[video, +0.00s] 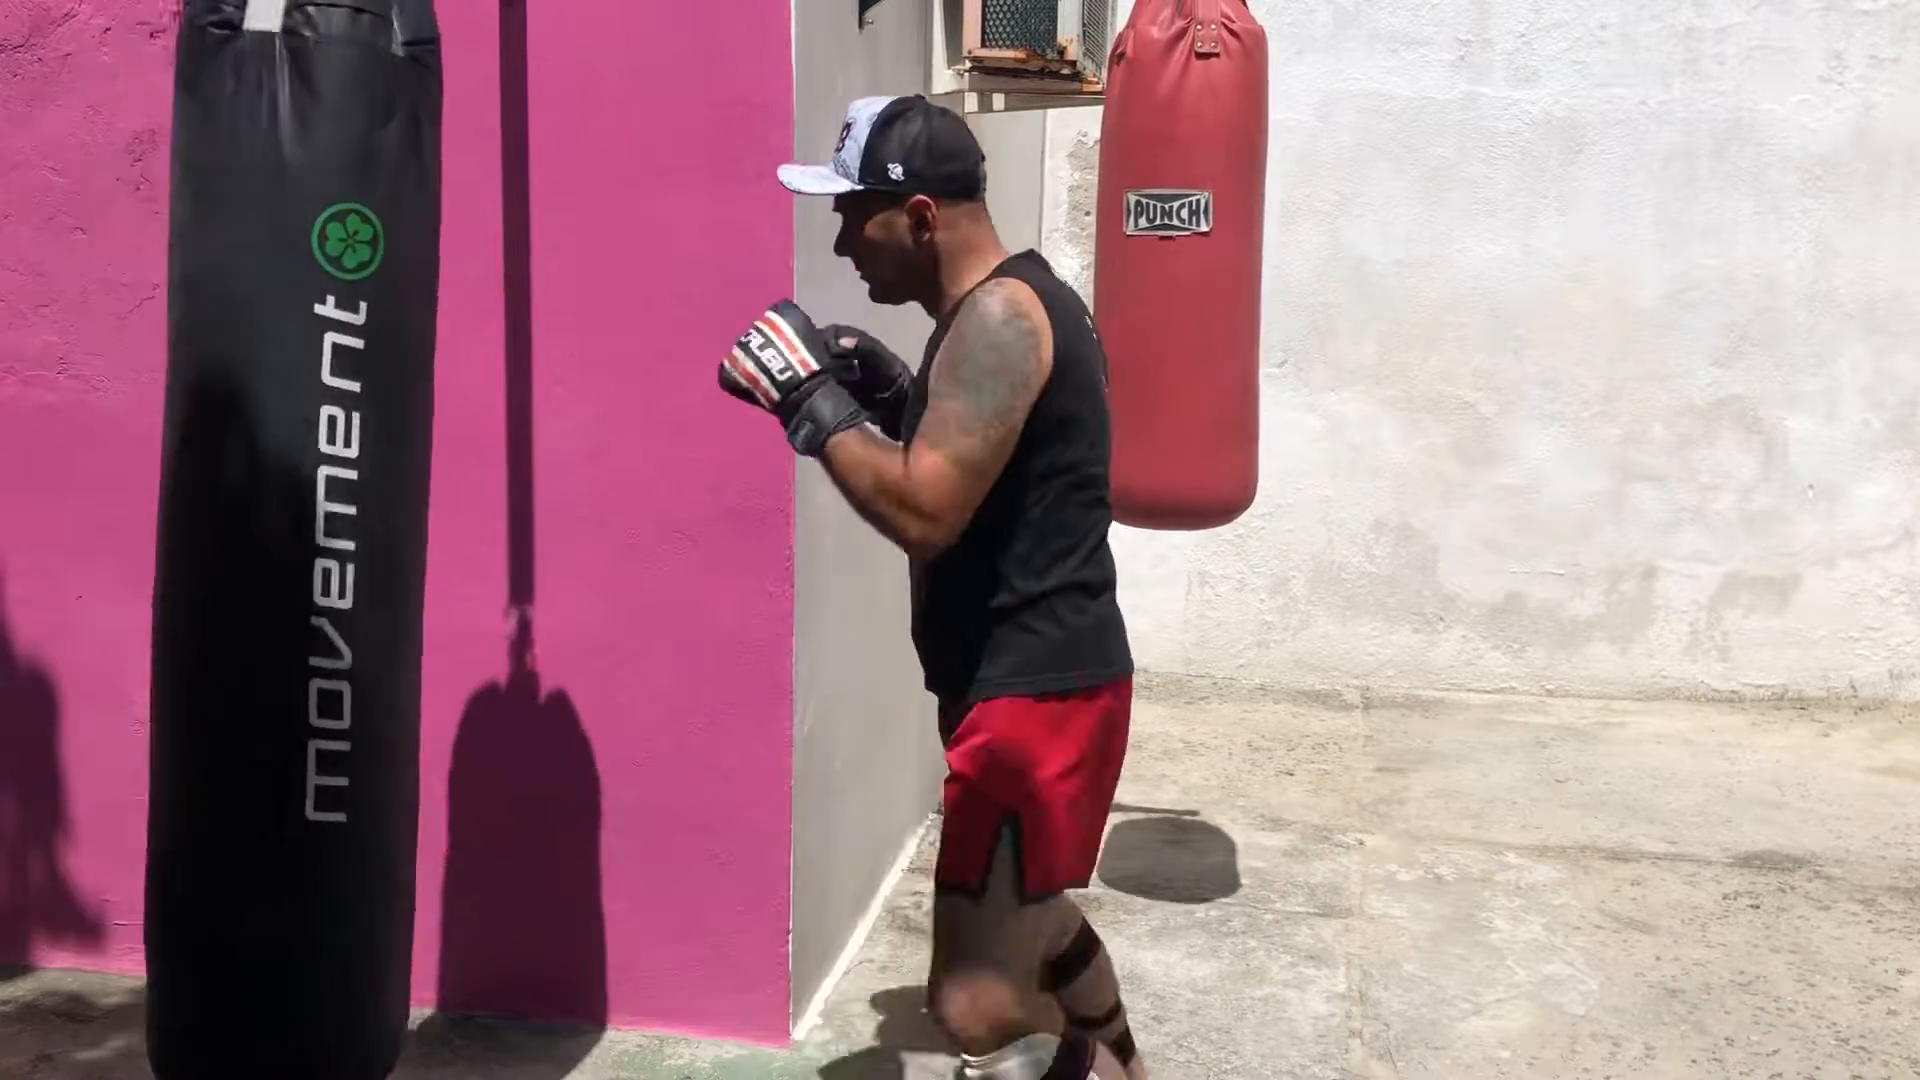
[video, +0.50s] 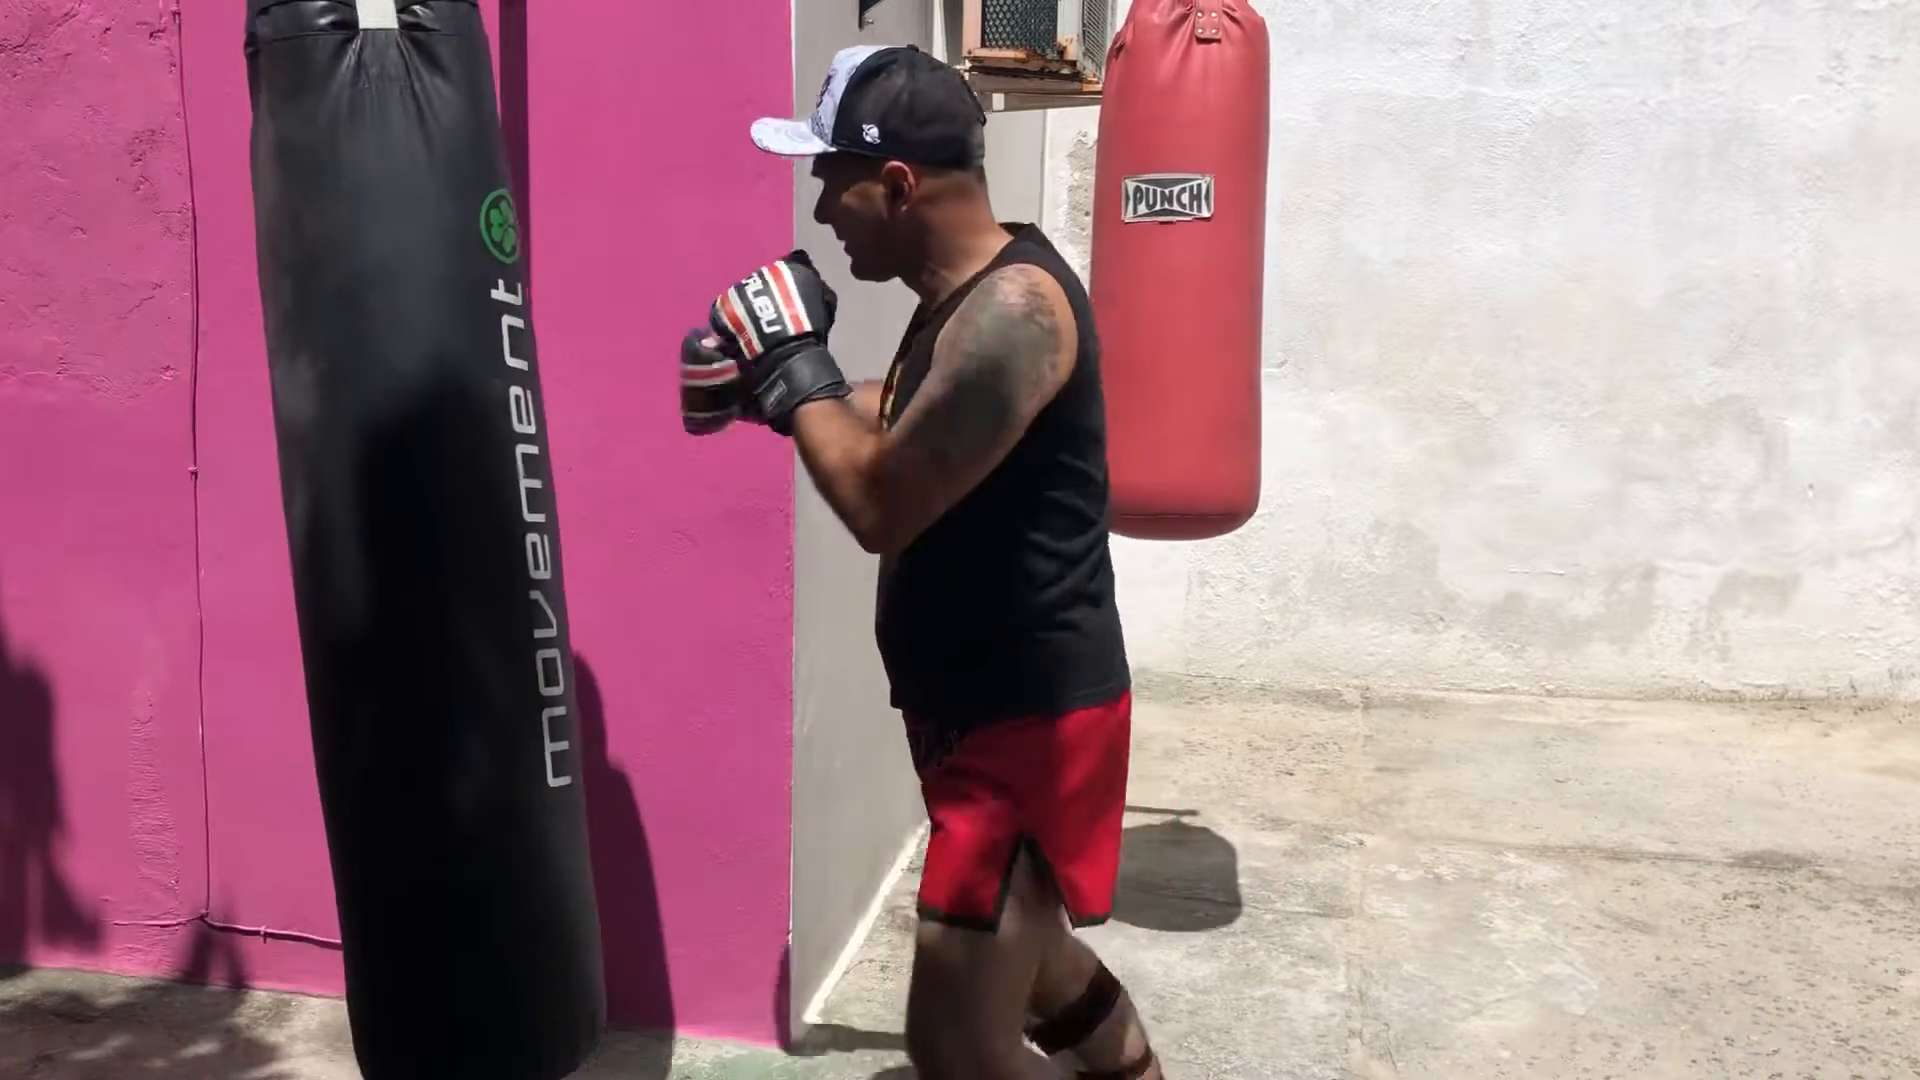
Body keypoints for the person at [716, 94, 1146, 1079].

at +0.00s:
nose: (842, 242)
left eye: (854, 216)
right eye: (842, 217)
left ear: (922, 214)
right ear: (936, 211)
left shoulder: (998, 317)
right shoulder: (1017, 299)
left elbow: (923, 518)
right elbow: (984, 486)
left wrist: (814, 409)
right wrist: (900, 404)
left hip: (1030, 686)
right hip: (1034, 673)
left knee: (973, 1007)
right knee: (1040, 924)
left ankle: (1080, 1033)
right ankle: (1114, 1061)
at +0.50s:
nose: (820, 206)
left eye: (831, 181)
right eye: (821, 181)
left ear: (902, 185)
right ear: (911, 185)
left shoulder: (1011, 312)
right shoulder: (965, 292)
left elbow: (883, 510)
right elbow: (895, 418)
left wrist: (801, 370)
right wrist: (772, 393)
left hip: (1025, 719)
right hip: (974, 707)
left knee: (961, 1041)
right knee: (1047, 978)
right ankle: (1136, 1072)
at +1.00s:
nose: (570, 192)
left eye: (577, 176)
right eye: (570, 173)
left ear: (627, 193)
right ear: (708, 166)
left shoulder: (730, 334)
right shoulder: (760, 241)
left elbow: (641, 556)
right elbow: (755, 388)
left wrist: (494, 456)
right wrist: (625, 363)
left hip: (771, 697)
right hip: (697, 675)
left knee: (742, 1019)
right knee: (637, 898)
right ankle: (655, 1064)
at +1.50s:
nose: (598, 169)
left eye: (610, 145)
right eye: (602, 146)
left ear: (665, 155)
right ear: (689, 155)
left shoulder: (723, 261)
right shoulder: (740, 264)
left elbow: (536, 414)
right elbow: (757, 477)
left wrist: (582, 290)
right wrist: (631, 542)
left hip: (780, 696)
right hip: (662, 692)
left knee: (846, 1032)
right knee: (541, 909)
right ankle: (629, 1075)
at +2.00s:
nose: (514, 201)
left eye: (528, 178)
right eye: (513, 183)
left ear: (601, 178)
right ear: (593, 185)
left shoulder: (693, 253)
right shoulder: (592, 321)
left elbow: (577, 404)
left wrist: (524, 347)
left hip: (770, 653)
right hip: (625, 674)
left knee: (886, 935)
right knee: (563, 929)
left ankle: (1021, 1074)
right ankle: (611, 1076)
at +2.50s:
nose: (800, 166)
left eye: (818, 145)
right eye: (798, 143)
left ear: (896, 147)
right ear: (877, 150)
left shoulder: (995, 241)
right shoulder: (861, 261)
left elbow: (903, 408)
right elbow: (857, 418)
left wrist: (764, 322)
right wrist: (770, 317)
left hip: (1000, 628)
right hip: (867, 622)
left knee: (1048, 913)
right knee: (769, 846)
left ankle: (1126, 1067)